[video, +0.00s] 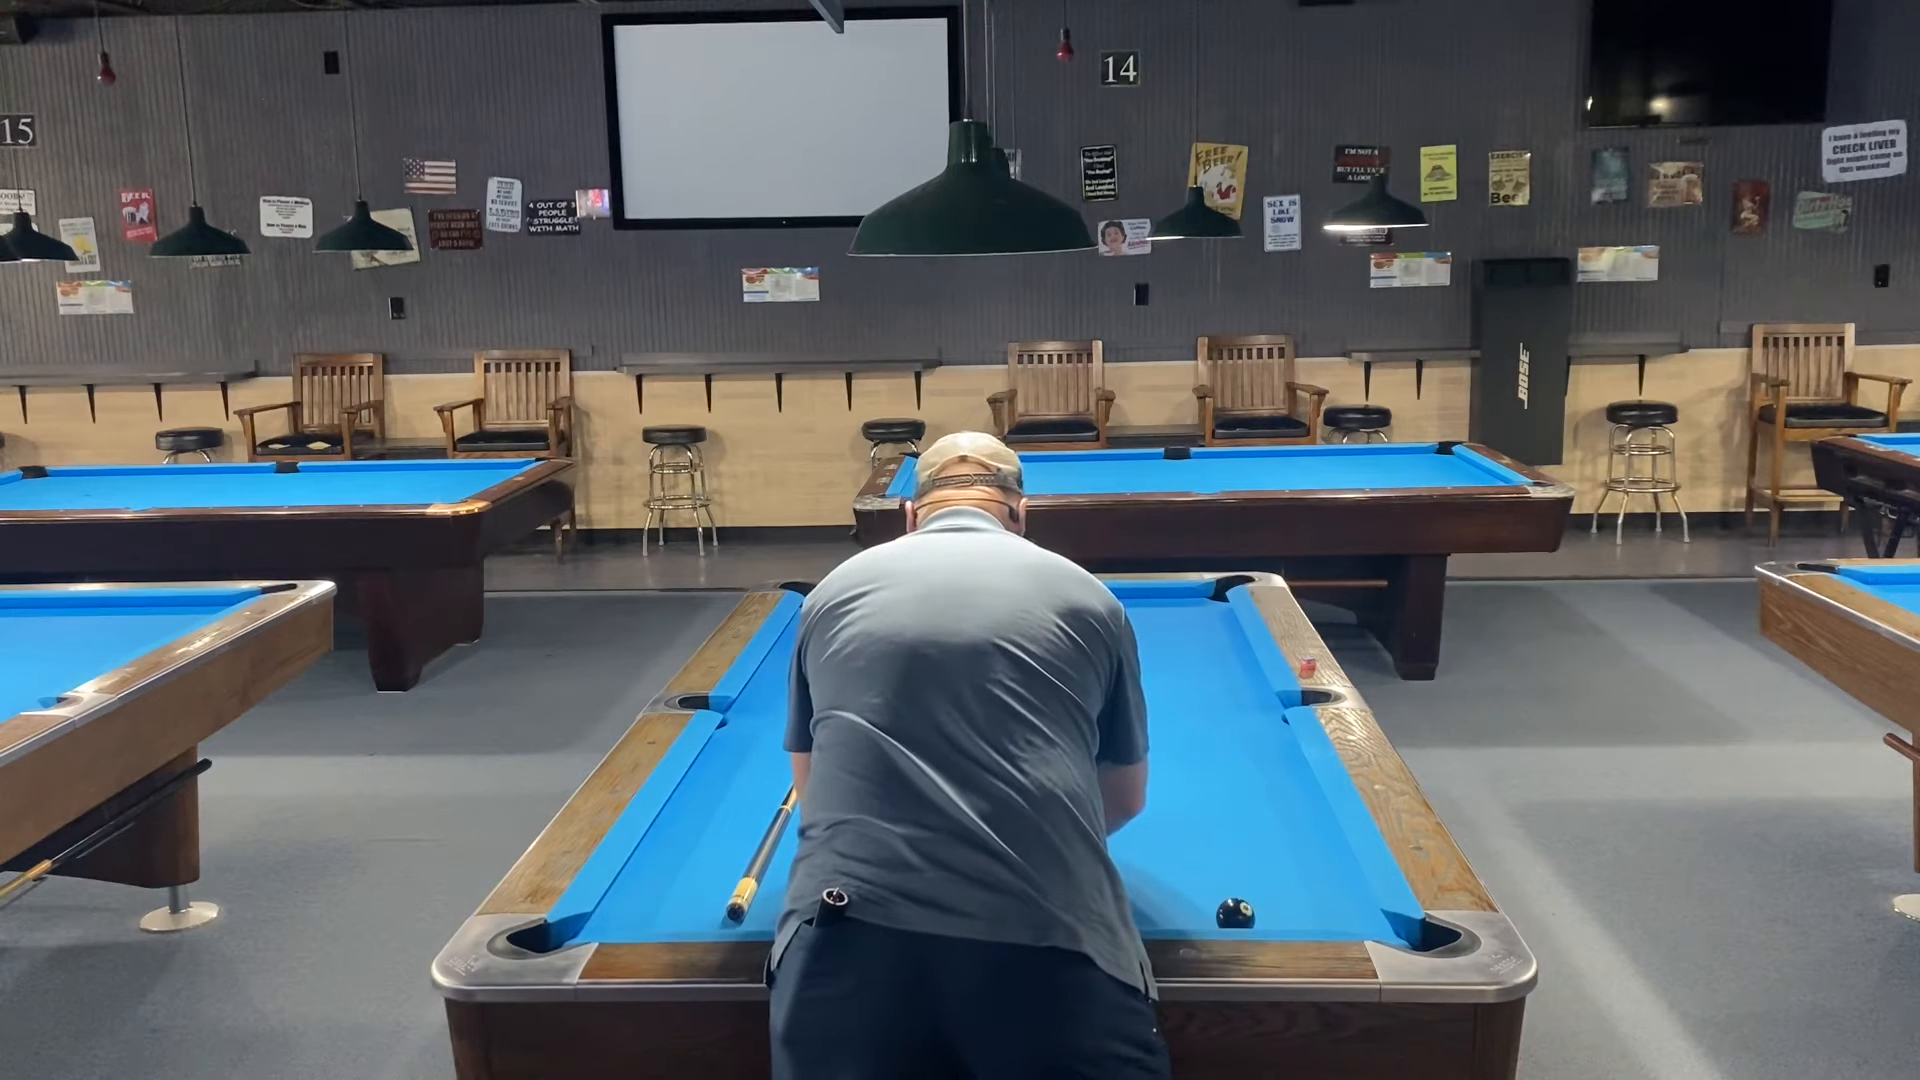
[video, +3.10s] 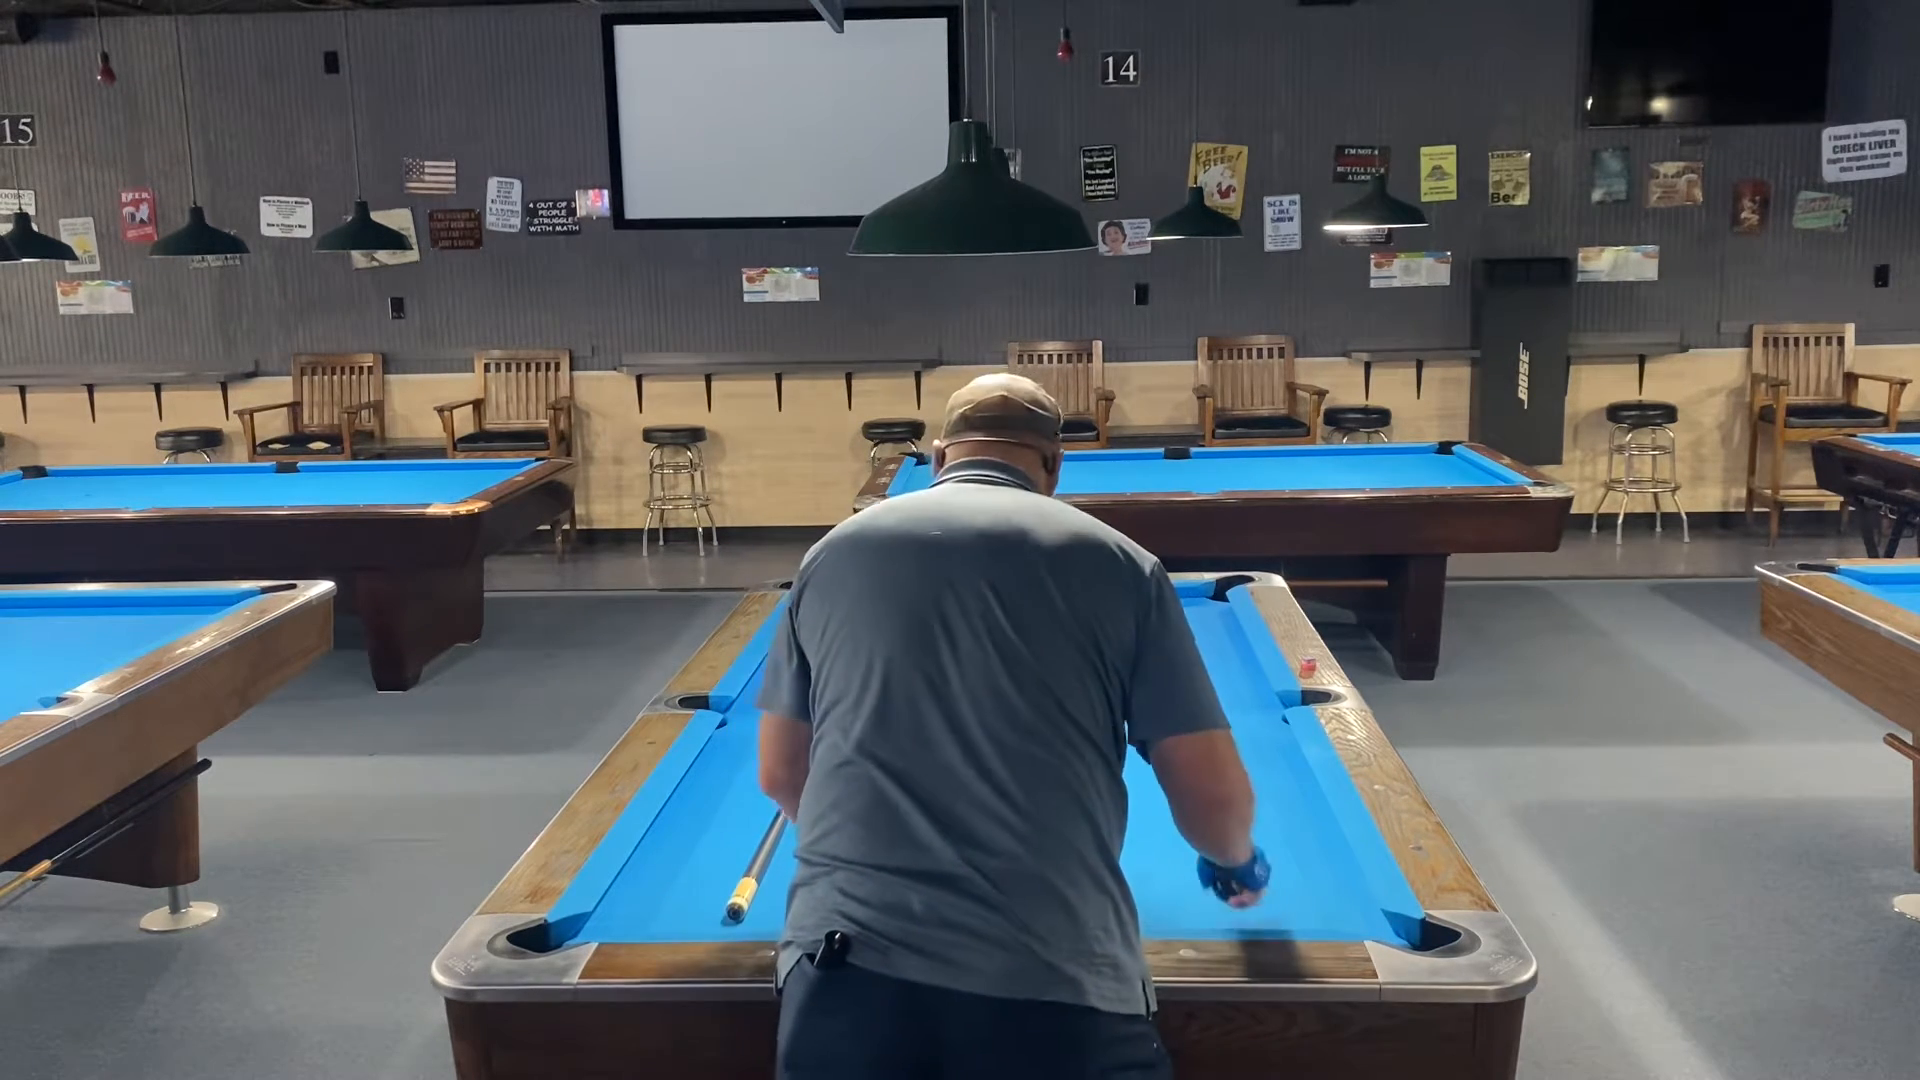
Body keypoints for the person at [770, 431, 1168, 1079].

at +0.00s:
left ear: (910, 514)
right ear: (1019, 512)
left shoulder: (833, 589)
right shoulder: (1089, 596)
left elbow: (810, 783)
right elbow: (1122, 794)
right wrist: (1028, 843)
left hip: (847, 958)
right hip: (1052, 964)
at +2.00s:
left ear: (916, 502)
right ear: (1025, 506)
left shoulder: (828, 569)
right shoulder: (1097, 583)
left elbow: (786, 779)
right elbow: (1137, 784)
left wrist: (887, 795)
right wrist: (1059, 782)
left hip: (846, 965)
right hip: (1051, 972)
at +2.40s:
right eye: (1032, 470)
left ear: (913, 467)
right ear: (1024, 468)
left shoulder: (812, 552)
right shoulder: (1103, 564)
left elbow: (754, 777)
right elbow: (1180, 782)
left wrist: (841, 833)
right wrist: (1144, 828)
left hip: (843, 979)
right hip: (1052, 996)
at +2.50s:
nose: (1044, 485)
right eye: (1041, 470)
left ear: (914, 461)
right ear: (1027, 462)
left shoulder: (809, 552)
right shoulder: (1101, 561)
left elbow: (761, 778)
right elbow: (1176, 789)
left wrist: (846, 831)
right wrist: (1154, 831)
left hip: (844, 987)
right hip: (1053, 1005)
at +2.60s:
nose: (1049, 490)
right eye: (1046, 470)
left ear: (916, 460)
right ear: (1027, 452)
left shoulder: (810, 551)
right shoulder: (1099, 557)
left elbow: (769, 780)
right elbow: (1183, 804)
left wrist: (854, 829)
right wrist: (1210, 806)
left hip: (841, 997)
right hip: (1051, 1007)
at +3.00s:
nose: (1052, 477)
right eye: (1054, 464)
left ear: (938, 453)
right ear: (1052, 458)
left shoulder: (833, 549)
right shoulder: (1117, 562)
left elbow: (792, 772)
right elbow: (1214, 782)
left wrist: (880, 831)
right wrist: (1235, 881)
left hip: (848, 986)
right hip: (1056, 1005)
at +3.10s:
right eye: (1052, 468)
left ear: (939, 458)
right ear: (1051, 463)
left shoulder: (837, 550)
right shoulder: (1120, 566)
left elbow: (783, 772)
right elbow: (1211, 789)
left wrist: (870, 835)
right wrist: (1234, 863)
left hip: (851, 982)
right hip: (1060, 1000)